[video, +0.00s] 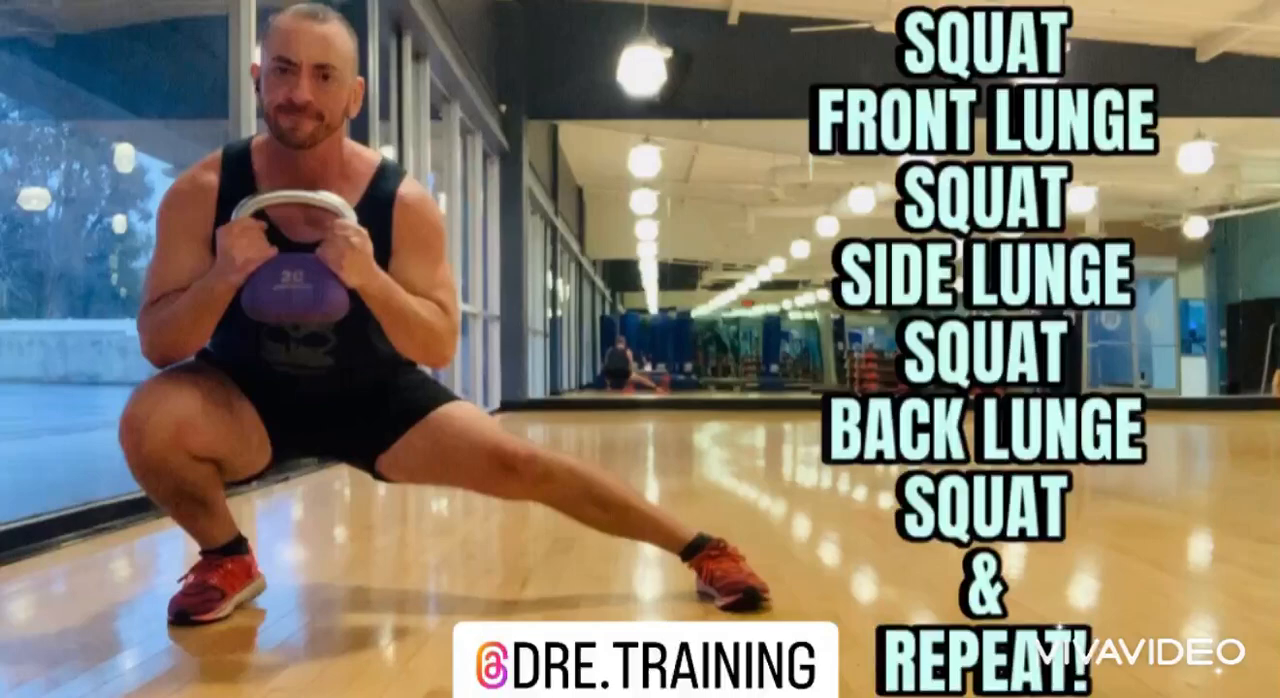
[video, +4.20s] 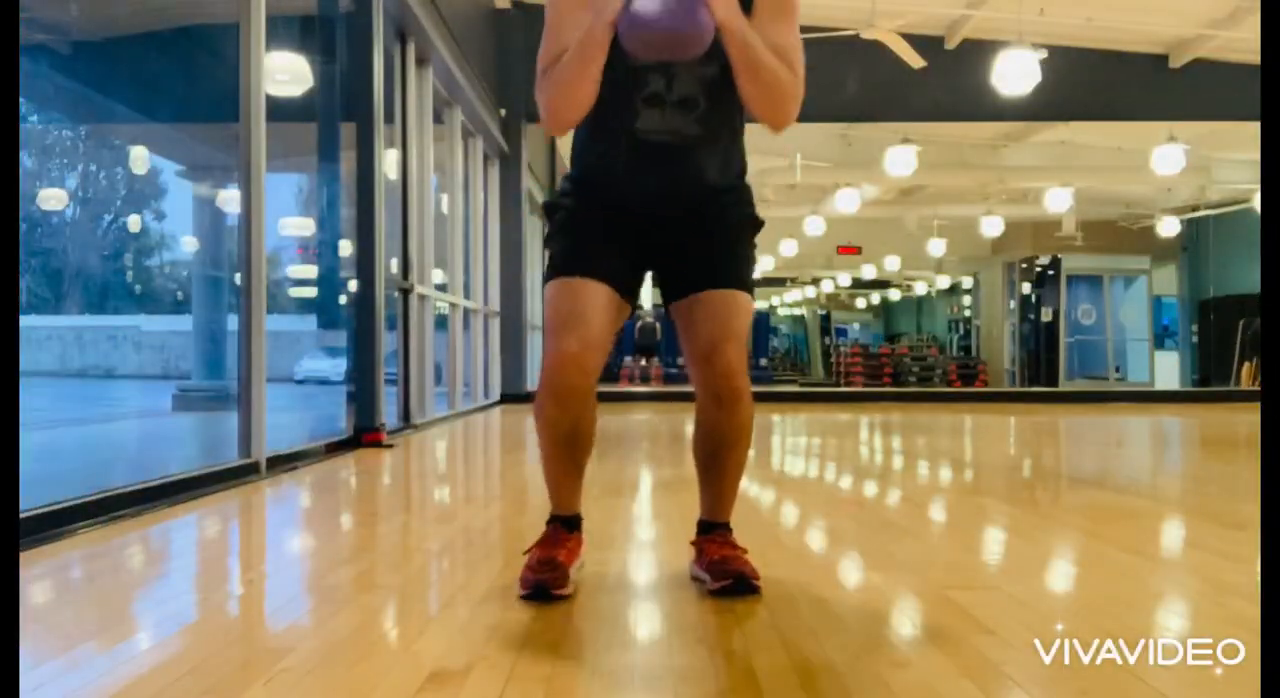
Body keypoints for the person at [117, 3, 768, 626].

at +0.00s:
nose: (297, 92)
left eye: (321, 75)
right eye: (281, 70)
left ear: (355, 92)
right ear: (257, 78)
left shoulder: (405, 205)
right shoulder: (201, 193)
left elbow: (437, 346)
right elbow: (161, 344)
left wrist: (368, 278)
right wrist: (221, 277)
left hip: (378, 398)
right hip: (254, 397)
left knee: (517, 464)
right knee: (148, 422)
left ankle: (695, 547)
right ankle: (225, 555)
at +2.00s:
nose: (298, 91)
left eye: (321, 74)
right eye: (282, 69)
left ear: (354, 91)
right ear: (257, 78)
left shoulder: (405, 205)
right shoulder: (201, 193)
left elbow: (437, 346)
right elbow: (161, 343)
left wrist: (367, 276)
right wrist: (222, 277)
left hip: (378, 398)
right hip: (253, 396)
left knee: (518, 464)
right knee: (148, 423)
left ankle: (696, 548)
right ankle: (225, 555)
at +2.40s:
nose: (299, 90)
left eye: (322, 73)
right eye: (282, 69)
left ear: (354, 90)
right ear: (257, 79)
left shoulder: (407, 209)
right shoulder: (200, 194)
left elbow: (437, 346)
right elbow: (161, 344)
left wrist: (365, 274)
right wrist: (221, 279)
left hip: (378, 399)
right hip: (252, 397)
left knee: (517, 462)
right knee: (149, 422)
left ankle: (696, 548)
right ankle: (226, 557)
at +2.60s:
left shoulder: (685, 11)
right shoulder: (564, 10)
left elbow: (712, 54)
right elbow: (529, 39)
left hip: (683, 157)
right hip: (575, 156)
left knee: (697, 351)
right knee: (571, 354)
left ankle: (715, 528)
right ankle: (560, 533)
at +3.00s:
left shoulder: (730, 3)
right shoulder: (552, 2)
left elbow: (748, 103)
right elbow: (537, 111)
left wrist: (695, 12)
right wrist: (578, 15)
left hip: (689, 197)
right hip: (585, 196)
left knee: (720, 352)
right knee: (556, 353)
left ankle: (716, 536)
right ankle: (559, 533)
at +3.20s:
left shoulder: (729, 71)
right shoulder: (556, 70)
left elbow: (744, 201)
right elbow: (532, 206)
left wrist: (696, 106)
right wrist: (579, 113)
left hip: (687, 272)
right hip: (585, 271)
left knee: (726, 368)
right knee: (546, 374)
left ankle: (716, 536)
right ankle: (559, 536)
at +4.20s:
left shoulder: (763, 1)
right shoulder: (577, 2)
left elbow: (780, 108)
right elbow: (556, 114)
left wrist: (726, 14)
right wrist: (604, 14)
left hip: (709, 205)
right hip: (601, 202)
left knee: (726, 377)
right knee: (566, 366)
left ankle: (715, 537)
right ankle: (562, 528)